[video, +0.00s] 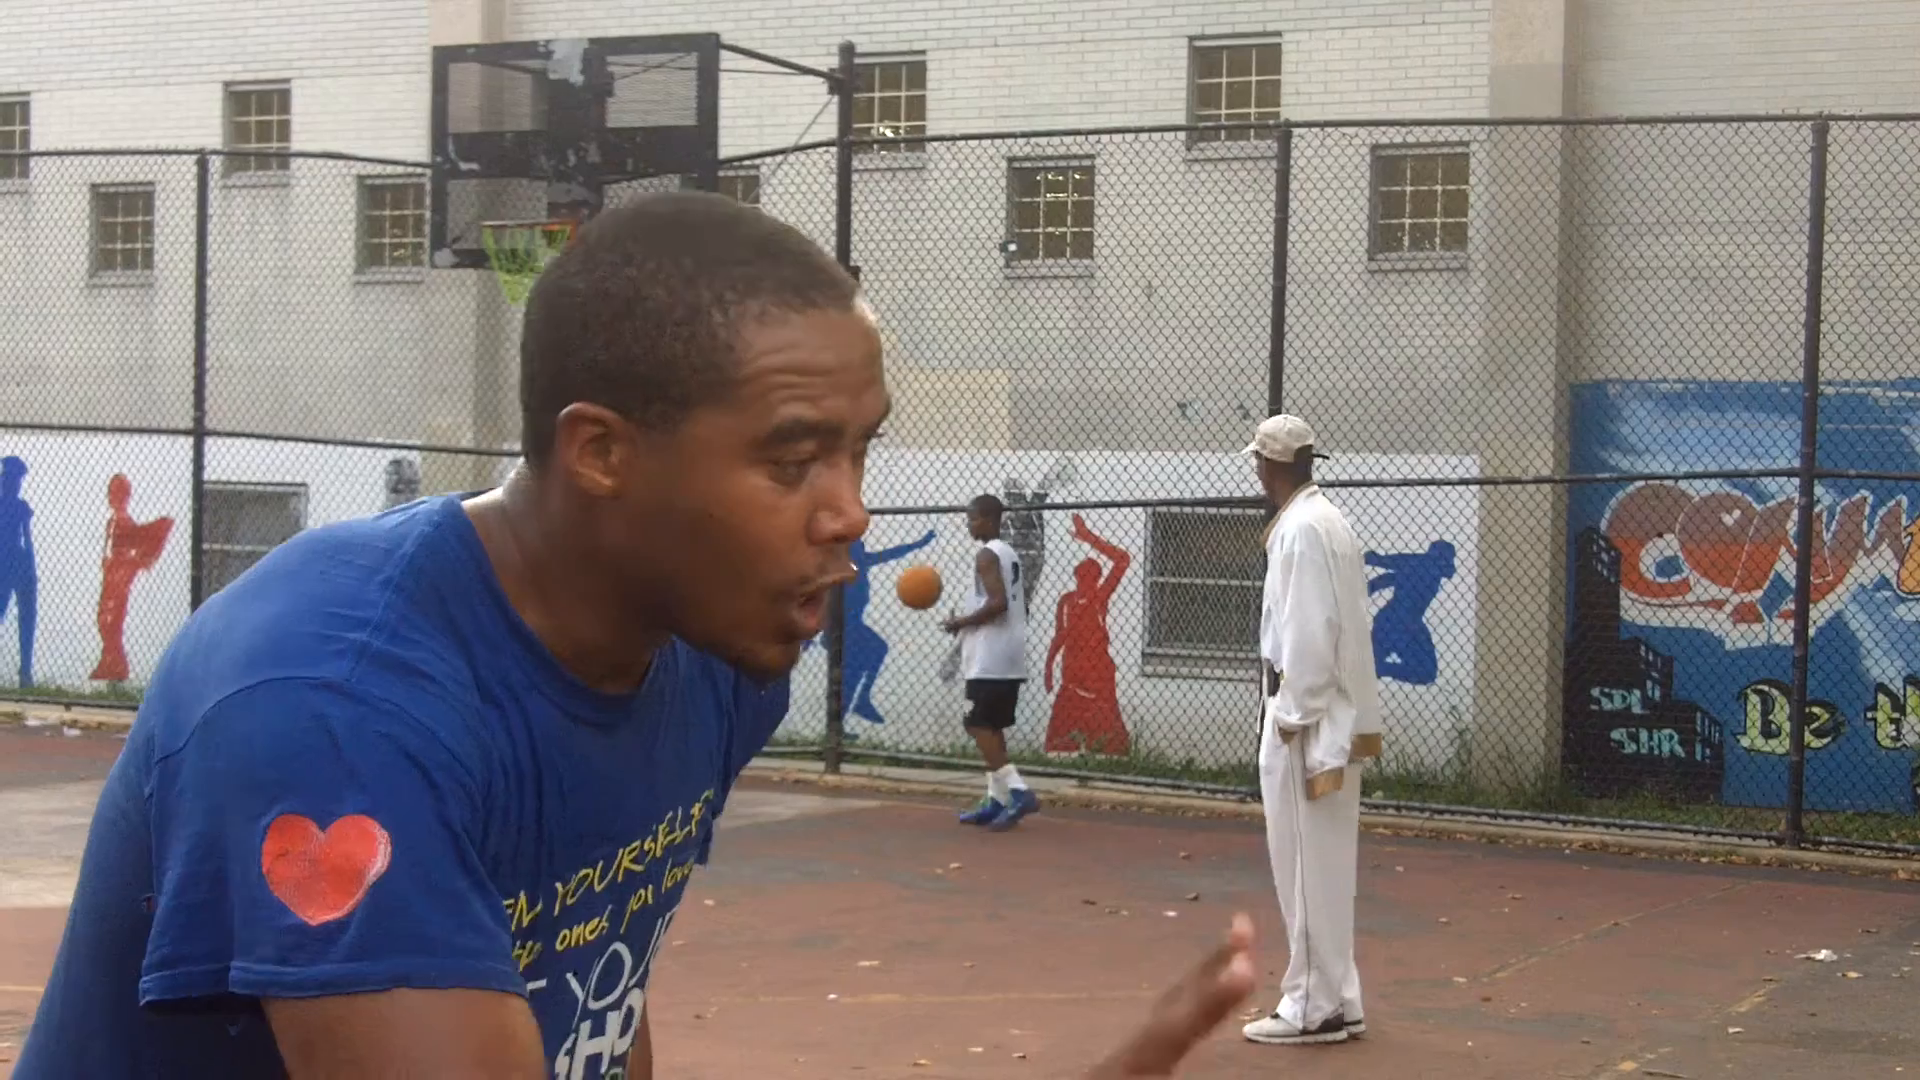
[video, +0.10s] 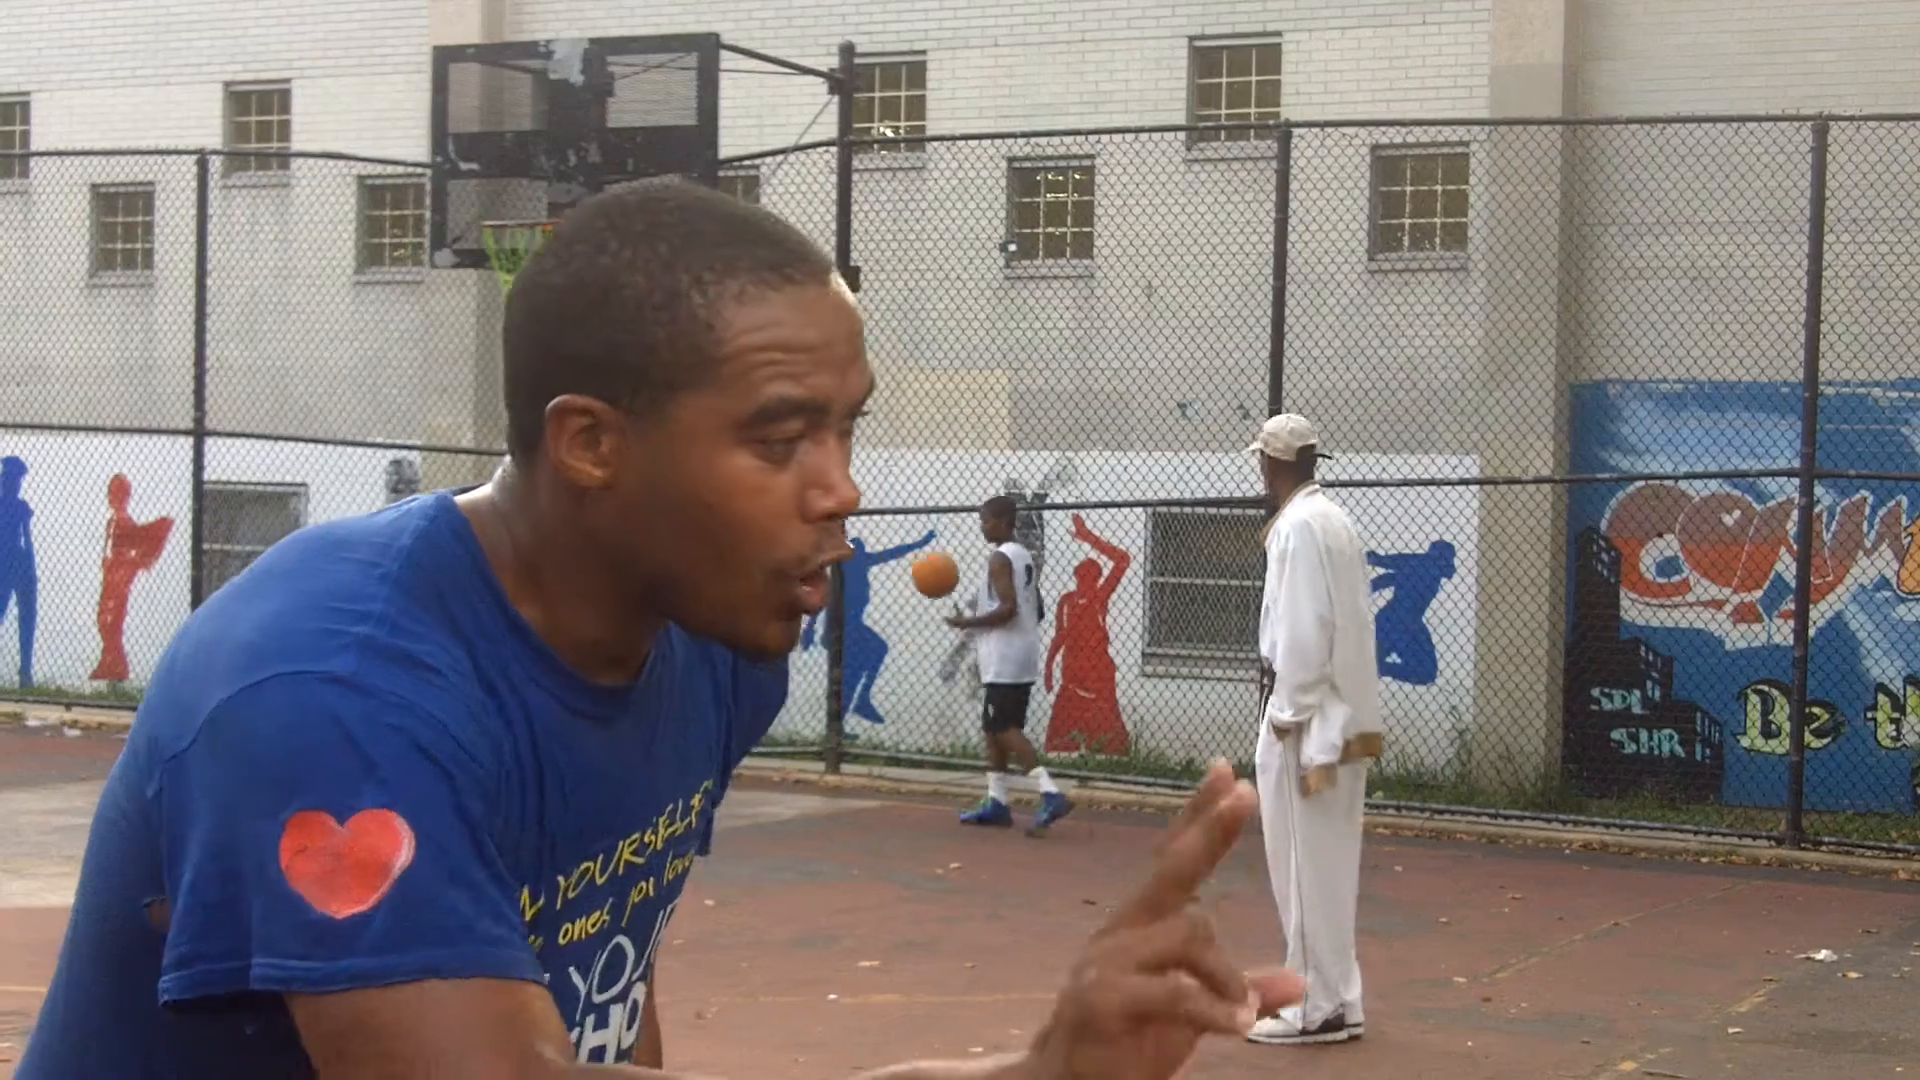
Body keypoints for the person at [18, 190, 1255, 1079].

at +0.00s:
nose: (855, 519)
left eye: (859, 453)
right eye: (795, 458)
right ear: (598, 456)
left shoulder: (719, 652)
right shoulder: (321, 706)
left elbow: (585, 990)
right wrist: (1109, 1066)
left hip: (545, 1048)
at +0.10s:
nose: (845, 496)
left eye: (847, 429)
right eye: (781, 438)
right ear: (586, 451)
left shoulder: (722, 641)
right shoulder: (327, 692)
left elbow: (600, 962)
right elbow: (483, 1071)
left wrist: (627, 1074)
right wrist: (1036, 1068)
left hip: (522, 1047)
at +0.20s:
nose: (838, 490)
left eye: (842, 424)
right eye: (777, 431)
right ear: (581, 439)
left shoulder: (714, 632)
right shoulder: (325, 690)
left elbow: (590, 942)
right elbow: (527, 1076)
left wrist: (622, 1056)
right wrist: (1060, 1048)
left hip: (489, 1049)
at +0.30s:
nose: (837, 490)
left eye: (841, 424)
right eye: (775, 430)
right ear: (575, 438)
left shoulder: (706, 629)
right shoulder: (321, 694)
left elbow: (567, 949)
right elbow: (580, 1060)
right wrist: (1135, 1067)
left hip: (476, 1040)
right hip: (211, 1049)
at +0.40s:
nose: (833, 493)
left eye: (840, 426)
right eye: (774, 430)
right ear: (576, 433)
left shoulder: (697, 627)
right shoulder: (329, 690)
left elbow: (530, 954)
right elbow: (562, 1057)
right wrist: (1118, 1068)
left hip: (473, 1046)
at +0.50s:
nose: (832, 488)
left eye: (839, 424)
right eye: (775, 425)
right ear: (577, 428)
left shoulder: (697, 625)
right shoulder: (328, 686)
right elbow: (544, 1055)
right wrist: (1098, 1070)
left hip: (479, 1048)